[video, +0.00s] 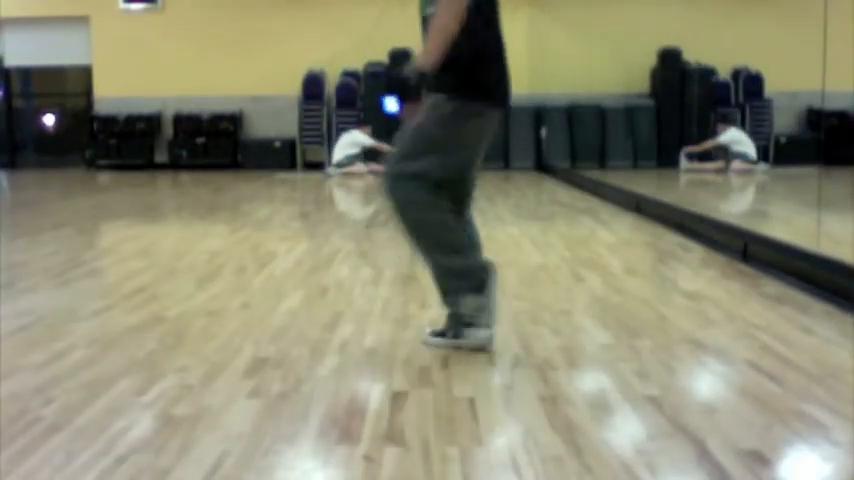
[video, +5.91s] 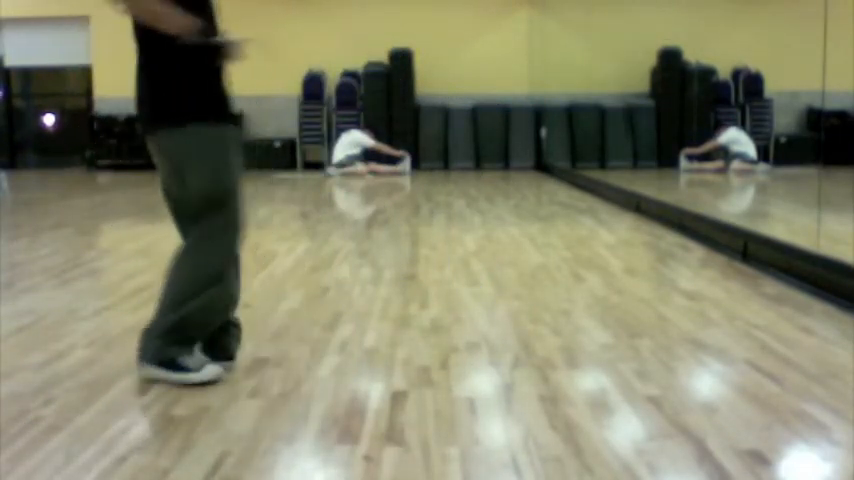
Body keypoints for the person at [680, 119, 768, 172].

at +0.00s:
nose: (718, 130)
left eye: (720, 127)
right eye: (718, 127)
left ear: (724, 126)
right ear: (729, 125)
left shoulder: (732, 133)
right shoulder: (733, 133)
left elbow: (710, 144)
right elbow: (711, 144)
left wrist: (689, 149)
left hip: (745, 161)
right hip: (734, 161)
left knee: (734, 168)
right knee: (715, 166)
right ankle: (690, 166)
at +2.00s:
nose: (719, 135)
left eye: (720, 132)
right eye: (719, 133)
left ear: (724, 129)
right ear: (727, 127)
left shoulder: (731, 132)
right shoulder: (733, 132)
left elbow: (711, 145)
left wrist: (688, 151)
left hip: (744, 159)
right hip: (734, 159)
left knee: (733, 168)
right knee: (716, 165)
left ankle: (755, 171)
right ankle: (695, 166)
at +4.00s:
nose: (719, 135)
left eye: (720, 133)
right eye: (719, 133)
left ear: (723, 129)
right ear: (727, 127)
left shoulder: (731, 132)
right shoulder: (734, 132)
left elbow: (709, 147)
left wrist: (687, 151)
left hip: (744, 159)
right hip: (735, 159)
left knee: (733, 170)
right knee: (715, 165)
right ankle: (691, 166)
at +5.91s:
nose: (719, 136)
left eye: (719, 134)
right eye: (719, 135)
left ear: (722, 130)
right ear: (726, 128)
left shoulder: (730, 132)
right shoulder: (733, 132)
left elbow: (707, 148)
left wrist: (687, 151)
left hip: (745, 159)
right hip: (734, 159)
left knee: (733, 168)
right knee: (714, 165)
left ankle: (754, 170)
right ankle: (691, 166)